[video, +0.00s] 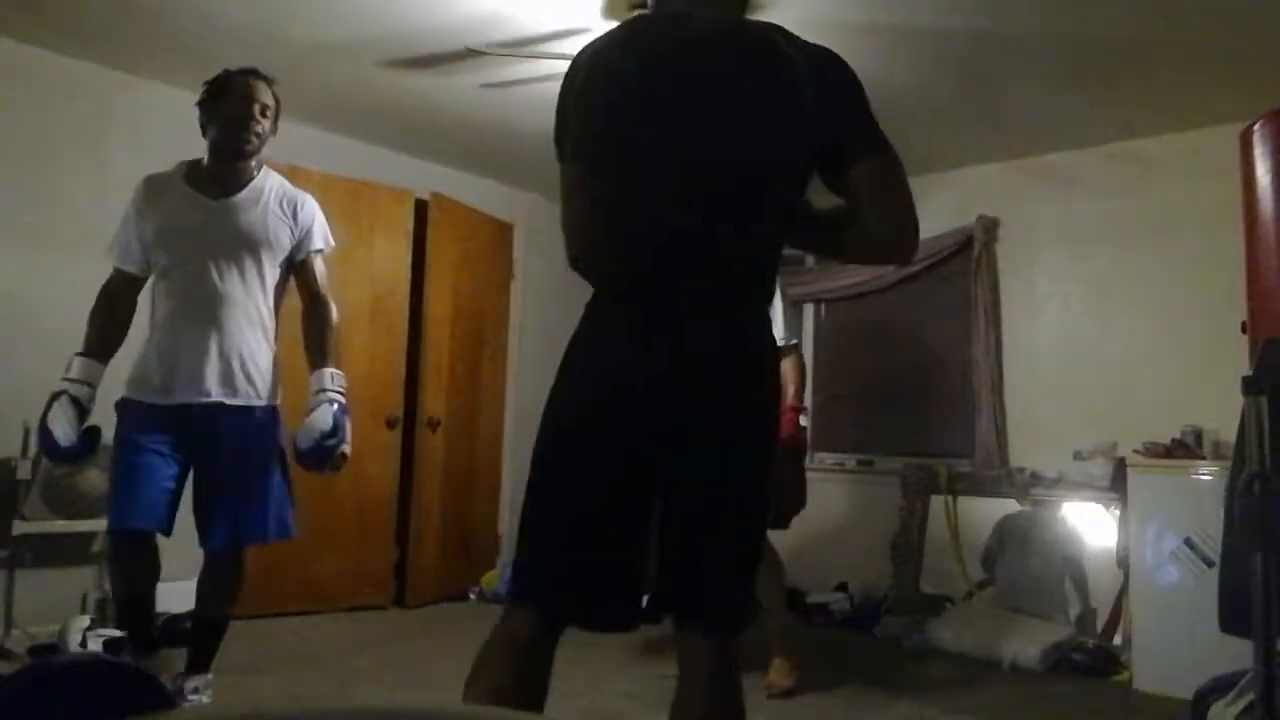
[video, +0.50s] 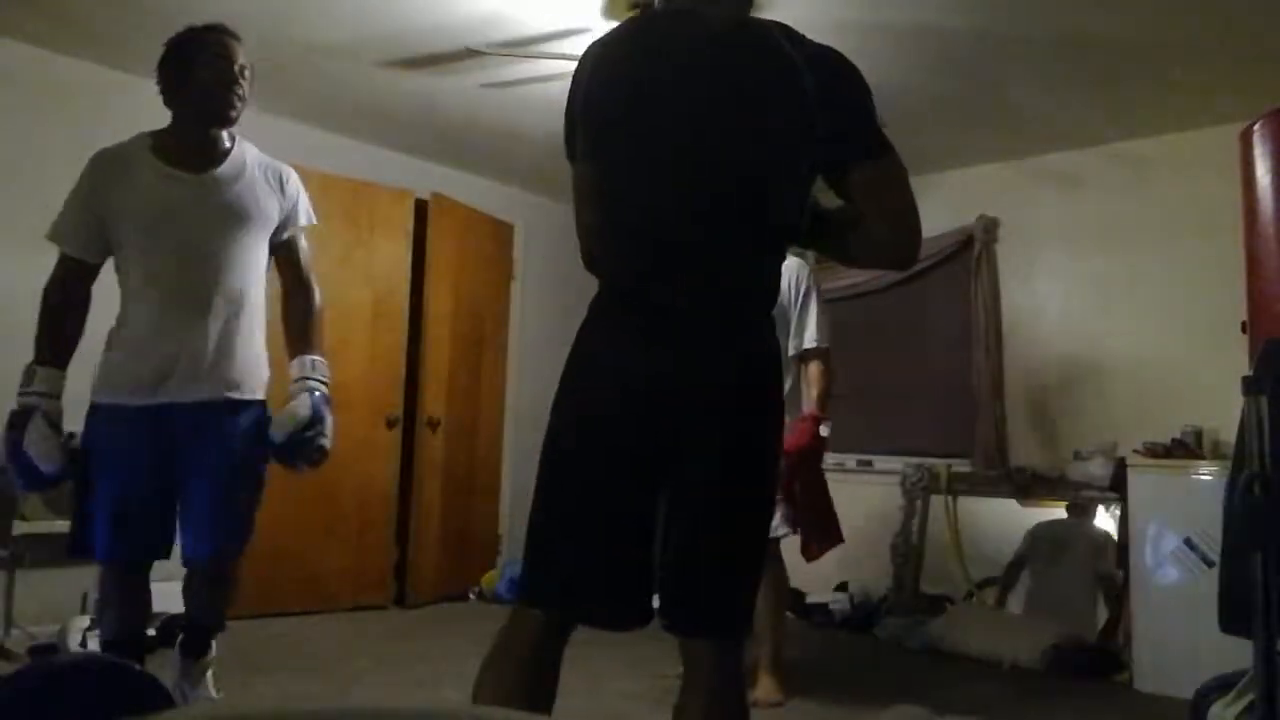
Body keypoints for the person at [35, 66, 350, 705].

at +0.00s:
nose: (253, 121)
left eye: (264, 113)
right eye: (240, 108)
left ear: (274, 130)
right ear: (205, 115)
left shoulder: (293, 207)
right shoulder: (156, 194)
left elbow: (318, 301)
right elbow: (120, 291)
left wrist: (327, 396)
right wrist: (78, 387)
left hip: (243, 407)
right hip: (155, 401)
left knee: (226, 547)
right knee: (129, 531)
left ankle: (197, 678)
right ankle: (137, 666)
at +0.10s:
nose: (250, 116)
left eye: (261, 108)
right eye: (236, 103)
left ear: (270, 124)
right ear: (200, 110)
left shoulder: (291, 202)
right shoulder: (152, 192)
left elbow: (316, 297)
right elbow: (121, 294)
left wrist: (319, 390)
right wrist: (84, 392)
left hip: (241, 405)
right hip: (152, 400)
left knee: (225, 550)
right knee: (132, 545)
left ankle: (195, 679)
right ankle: (116, 679)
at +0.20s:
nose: (246, 113)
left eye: (256, 104)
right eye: (230, 99)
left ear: (264, 118)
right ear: (192, 106)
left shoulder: (286, 199)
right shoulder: (143, 189)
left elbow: (315, 298)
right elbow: (116, 293)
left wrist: (311, 392)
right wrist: (82, 396)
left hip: (234, 405)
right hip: (145, 402)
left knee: (218, 554)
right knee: (135, 554)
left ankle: (193, 682)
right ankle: (120, 686)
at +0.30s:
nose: (239, 103)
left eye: (249, 94)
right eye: (222, 88)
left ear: (256, 109)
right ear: (181, 96)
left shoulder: (281, 192)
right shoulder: (131, 185)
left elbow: (307, 293)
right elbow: (104, 292)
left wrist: (305, 390)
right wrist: (72, 399)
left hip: (229, 406)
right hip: (138, 404)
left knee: (211, 560)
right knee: (131, 560)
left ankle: (192, 682)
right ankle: (120, 688)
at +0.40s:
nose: (237, 92)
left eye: (244, 82)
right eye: (220, 78)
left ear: (251, 95)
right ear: (174, 86)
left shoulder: (276, 183)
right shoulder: (121, 176)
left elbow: (300, 286)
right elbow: (87, 289)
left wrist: (304, 383)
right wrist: (54, 400)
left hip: (229, 404)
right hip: (134, 403)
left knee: (212, 559)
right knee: (123, 560)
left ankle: (195, 678)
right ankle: (124, 690)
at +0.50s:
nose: (239, 87)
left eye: (245, 75)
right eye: (222, 73)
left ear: (251, 87)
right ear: (172, 81)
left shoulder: (273, 181)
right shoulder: (114, 170)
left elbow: (298, 286)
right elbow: (69, 283)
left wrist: (310, 384)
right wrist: (39, 398)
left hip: (231, 403)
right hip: (130, 402)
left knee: (215, 562)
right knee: (122, 561)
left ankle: (194, 675)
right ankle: (124, 692)